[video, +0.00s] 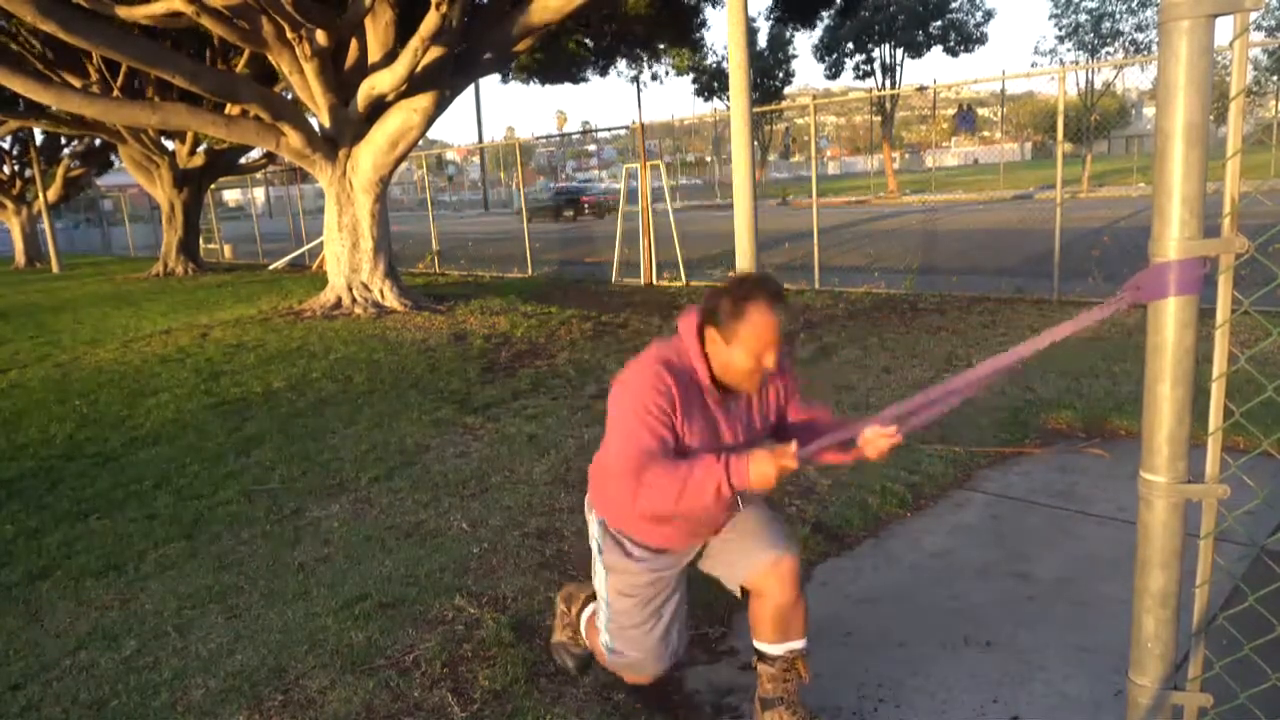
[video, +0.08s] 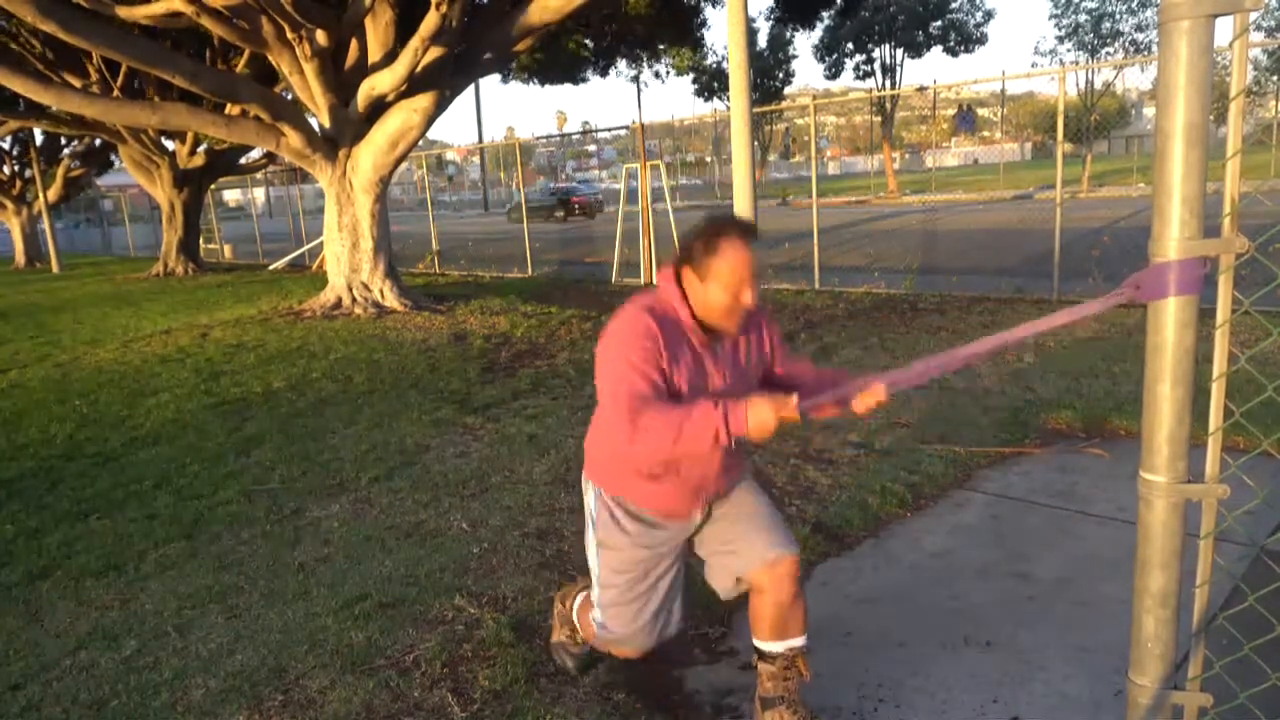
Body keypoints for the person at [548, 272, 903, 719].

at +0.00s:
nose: (772, 367)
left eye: (776, 352)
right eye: (759, 354)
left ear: (781, 341)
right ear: (714, 342)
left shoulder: (770, 375)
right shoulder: (650, 382)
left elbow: (803, 433)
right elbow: (637, 487)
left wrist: (855, 443)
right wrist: (739, 471)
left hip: (720, 507)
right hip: (637, 527)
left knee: (778, 568)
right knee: (642, 667)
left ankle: (779, 696)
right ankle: (580, 614)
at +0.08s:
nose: (750, 299)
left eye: (753, 284)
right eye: (737, 287)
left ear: (757, 277)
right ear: (691, 281)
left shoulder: (750, 322)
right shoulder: (636, 332)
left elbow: (783, 379)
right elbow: (638, 431)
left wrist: (847, 392)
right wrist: (738, 418)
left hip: (721, 481)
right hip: (635, 498)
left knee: (779, 566)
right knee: (631, 640)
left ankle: (780, 697)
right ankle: (574, 610)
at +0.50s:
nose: (690, 218)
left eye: (692, 204)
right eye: (676, 206)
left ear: (694, 200)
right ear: (628, 208)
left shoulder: (688, 250)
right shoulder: (595, 259)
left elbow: (752, 286)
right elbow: (650, 320)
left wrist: (825, 307)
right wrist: (751, 334)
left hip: (670, 451)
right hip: (610, 455)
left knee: (678, 551)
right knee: (704, 576)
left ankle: (564, 554)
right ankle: (709, 696)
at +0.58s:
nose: (700, 250)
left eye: (702, 235)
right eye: (687, 238)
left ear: (700, 232)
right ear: (640, 239)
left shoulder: (701, 287)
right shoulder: (598, 296)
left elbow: (747, 329)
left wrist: (799, 340)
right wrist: (693, 373)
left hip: (660, 477)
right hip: (603, 480)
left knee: (644, 574)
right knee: (710, 575)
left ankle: (546, 566)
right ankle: (713, 697)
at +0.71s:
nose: (724, 303)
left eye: (723, 290)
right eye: (710, 293)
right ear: (663, 293)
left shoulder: (692, 335)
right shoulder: (604, 341)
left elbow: (713, 371)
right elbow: (566, 431)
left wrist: (754, 365)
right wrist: (660, 416)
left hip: (649, 506)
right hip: (591, 510)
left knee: (632, 599)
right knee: (707, 571)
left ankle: (545, 566)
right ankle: (715, 694)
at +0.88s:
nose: (721, 332)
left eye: (722, 319)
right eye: (709, 323)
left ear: (669, 325)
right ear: (661, 325)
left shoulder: (687, 359)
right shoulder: (600, 372)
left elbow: (709, 393)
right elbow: (558, 466)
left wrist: (739, 393)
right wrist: (644, 453)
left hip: (647, 516)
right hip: (585, 521)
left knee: (630, 607)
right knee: (692, 577)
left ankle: (545, 574)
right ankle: (710, 693)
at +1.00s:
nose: (702, 307)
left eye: (702, 293)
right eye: (690, 297)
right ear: (640, 301)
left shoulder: (688, 336)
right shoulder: (589, 359)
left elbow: (717, 372)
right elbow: (545, 451)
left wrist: (742, 373)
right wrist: (629, 445)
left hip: (661, 495)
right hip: (601, 504)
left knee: (645, 577)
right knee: (702, 581)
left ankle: (544, 568)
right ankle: (711, 695)